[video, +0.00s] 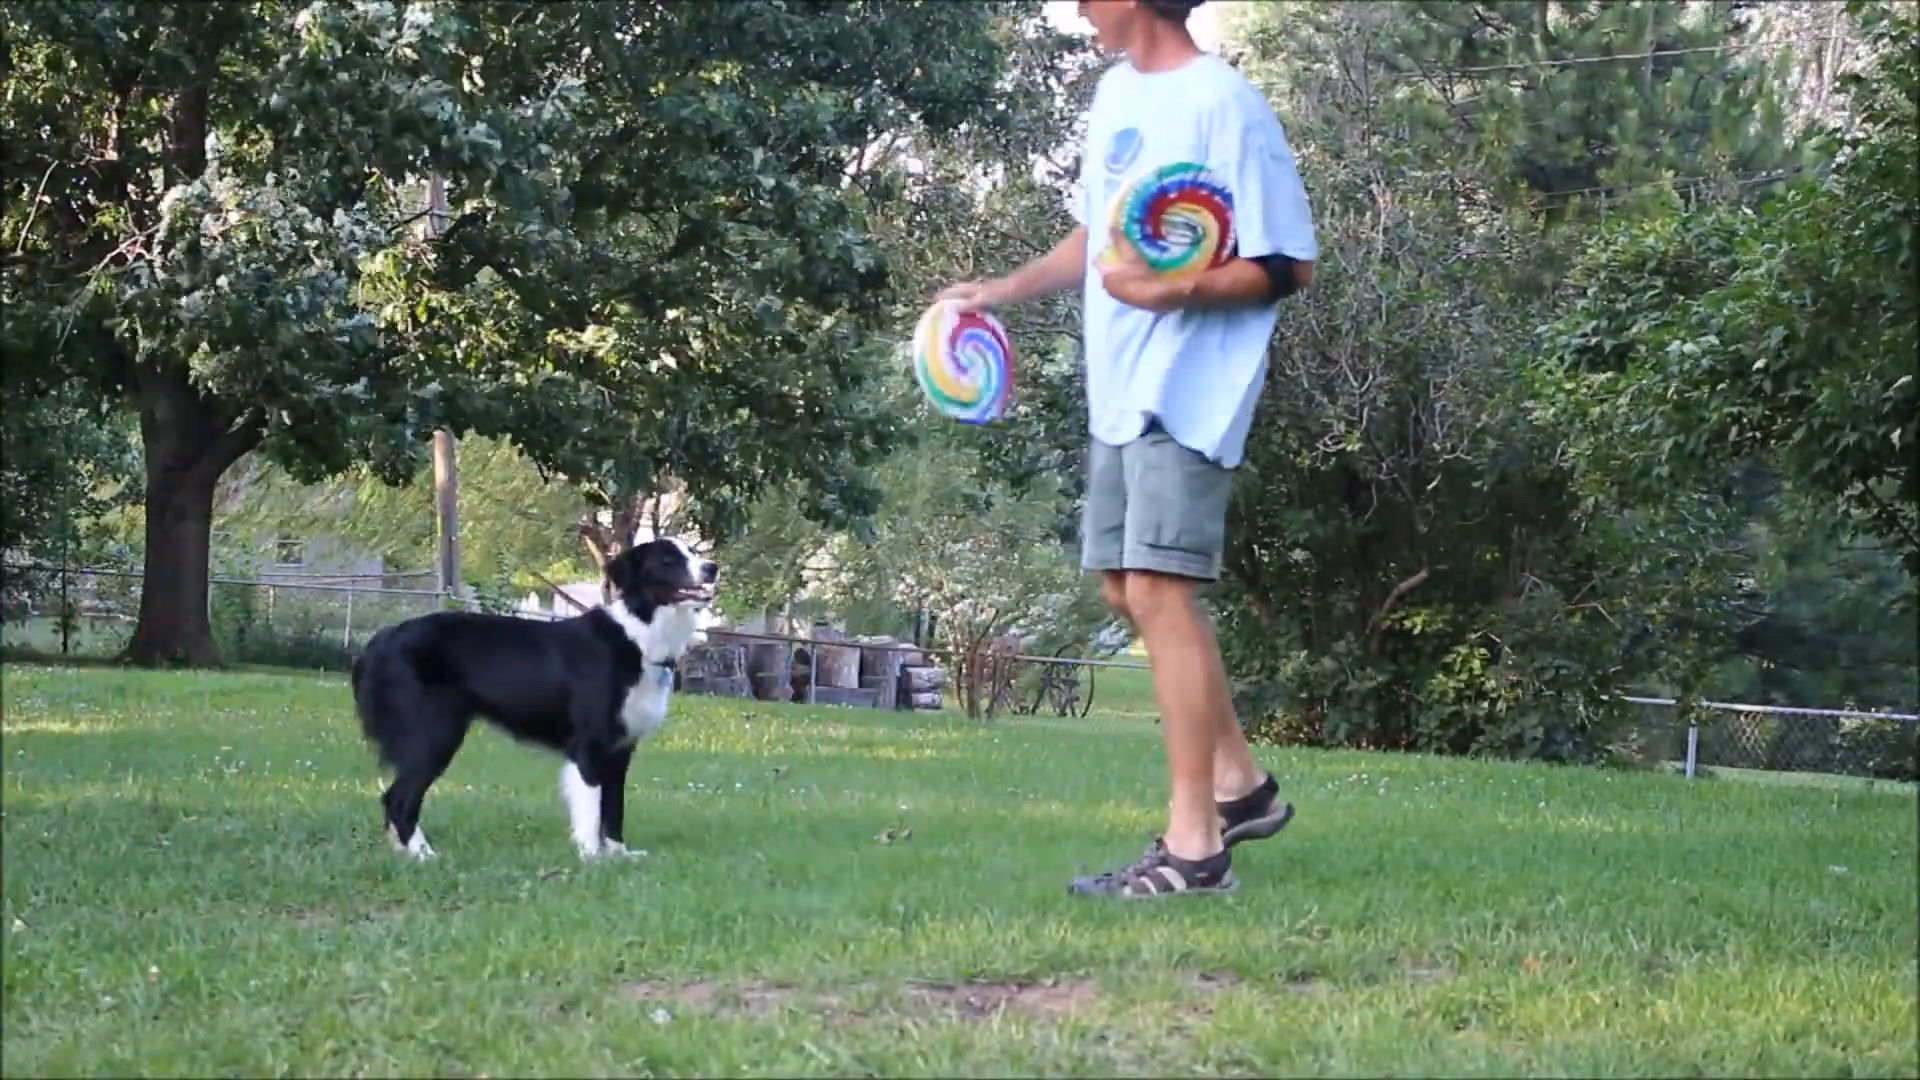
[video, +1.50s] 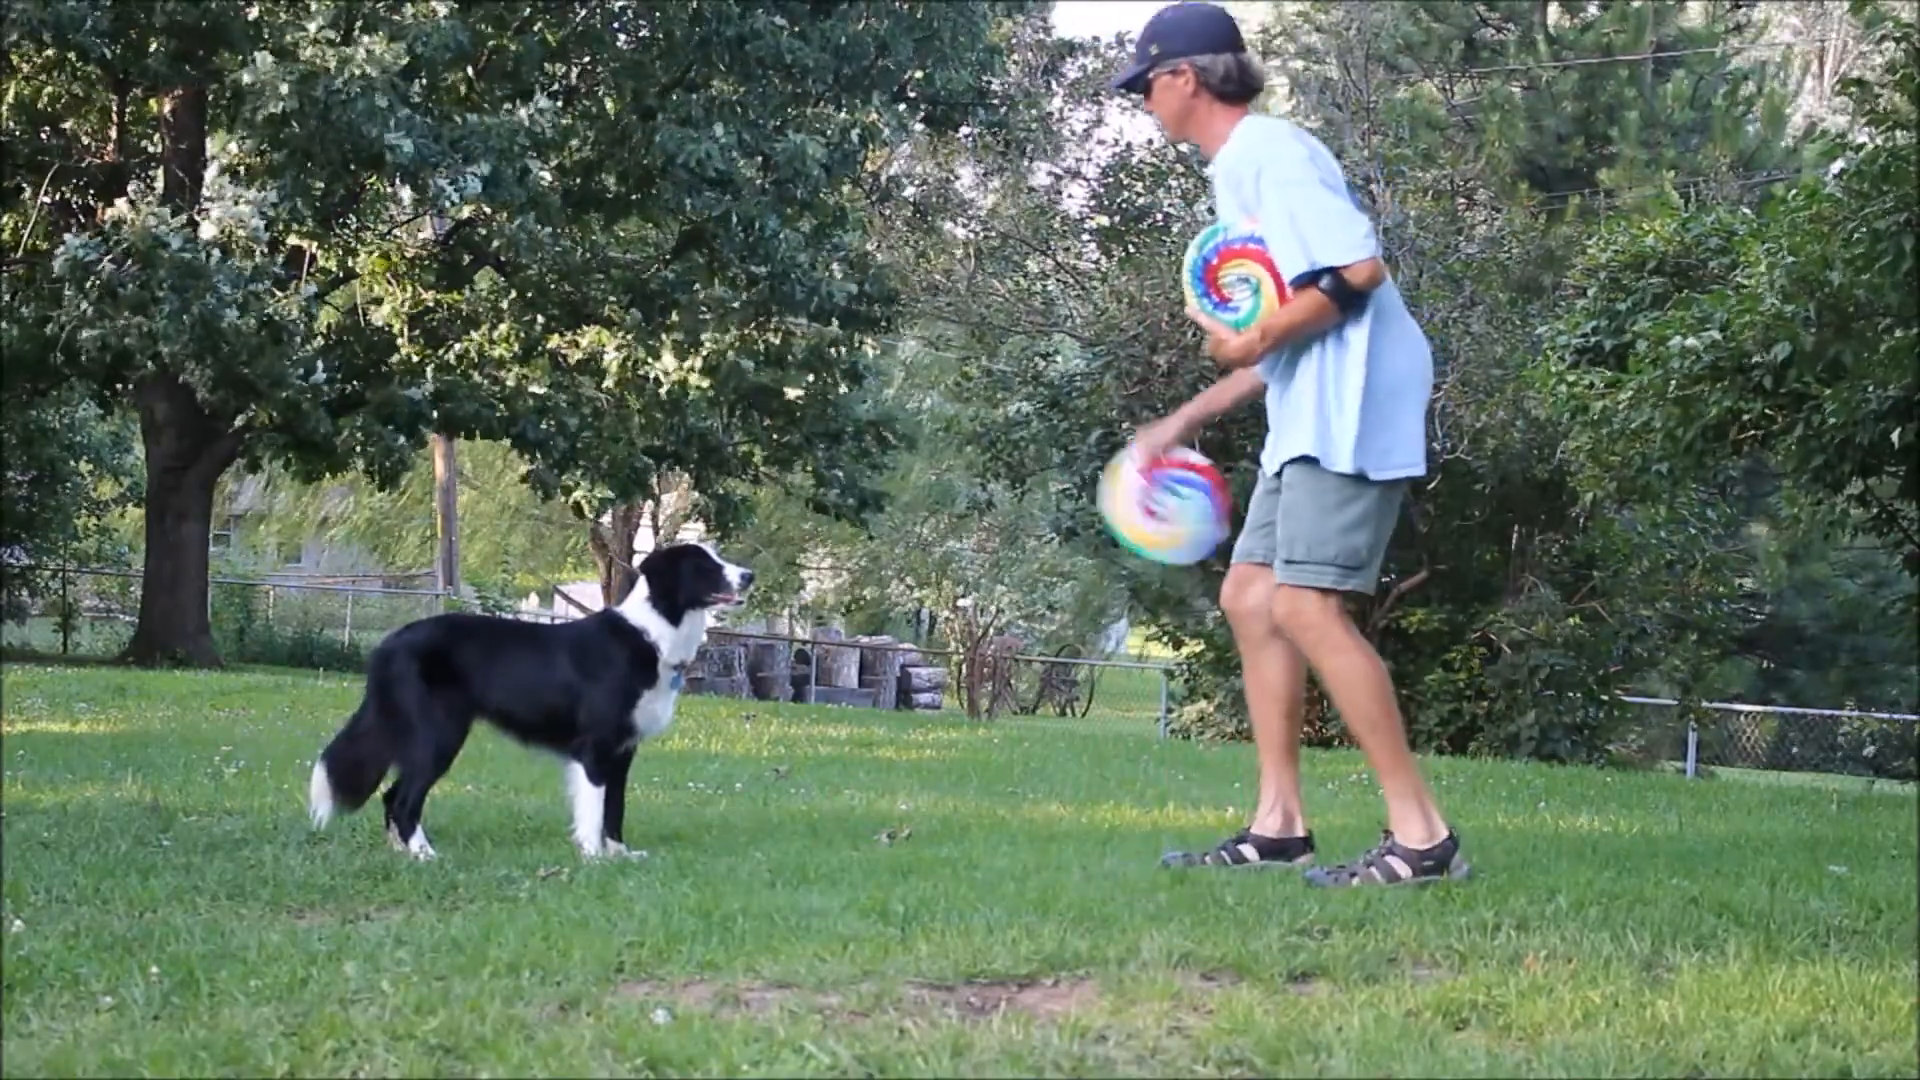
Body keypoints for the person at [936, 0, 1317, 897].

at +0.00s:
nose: (1082, 12)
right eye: (1082, 1)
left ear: (1133, 3)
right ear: (1135, 8)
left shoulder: (1232, 103)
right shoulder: (1115, 98)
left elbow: (1287, 265)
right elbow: (1096, 238)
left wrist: (1163, 285)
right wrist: (1001, 292)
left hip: (1191, 393)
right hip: (1122, 390)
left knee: (1161, 589)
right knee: (1123, 581)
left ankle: (1193, 849)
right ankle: (1239, 782)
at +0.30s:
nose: (1112, 56)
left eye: (1118, 39)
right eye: (1111, 42)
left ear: (1160, 37)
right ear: (1165, 40)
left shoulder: (1233, 132)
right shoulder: (1187, 139)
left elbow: (1294, 290)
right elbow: (1191, 291)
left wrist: (1170, 324)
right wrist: (1103, 355)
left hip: (1228, 407)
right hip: (1200, 405)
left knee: (1162, 594)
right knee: (1201, 606)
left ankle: (1188, 847)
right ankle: (1262, 821)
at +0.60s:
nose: (1139, 64)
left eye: (1146, 45)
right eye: (1139, 49)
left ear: (1186, 43)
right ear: (1197, 43)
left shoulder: (1238, 123)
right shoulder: (1247, 127)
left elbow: (1297, 264)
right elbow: (1264, 309)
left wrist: (1194, 311)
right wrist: (1152, 378)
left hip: (1275, 392)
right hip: (1285, 396)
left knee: (1180, 581)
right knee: (1239, 597)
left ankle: (1321, 792)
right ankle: (1261, 823)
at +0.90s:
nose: (1171, 75)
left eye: (1175, 57)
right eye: (1170, 61)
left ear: (1213, 51)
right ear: (1225, 52)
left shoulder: (1281, 131)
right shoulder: (1258, 144)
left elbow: (1340, 270)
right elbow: (1297, 315)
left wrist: (1237, 321)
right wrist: (1207, 391)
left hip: (1340, 405)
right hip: (1301, 408)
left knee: (1322, 608)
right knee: (1258, 600)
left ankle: (1425, 839)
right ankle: (1267, 822)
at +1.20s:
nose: (1186, 70)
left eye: (1191, 51)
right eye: (1185, 56)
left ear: (1232, 48)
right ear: (1237, 51)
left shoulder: (1310, 127)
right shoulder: (1273, 147)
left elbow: (1383, 261)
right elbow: (1296, 316)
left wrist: (1276, 317)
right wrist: (1188, 369)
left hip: (1373, 402)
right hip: (1327, 404)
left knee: (1345, 601)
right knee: (1273, 588)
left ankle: (1426, 841)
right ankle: (1280, 819)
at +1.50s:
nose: (1144, 105)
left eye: (1148, 87)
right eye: (1142, 90)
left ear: (1186, 77)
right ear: (1190, 79)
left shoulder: (1270, 150)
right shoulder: (1236, 173)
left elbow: (1356, 270)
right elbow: (1275, 345)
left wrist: (1254, 338)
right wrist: (1183, 421)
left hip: (1358, 412)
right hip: (1312, 413)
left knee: (1305, 604)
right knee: (1249, 598)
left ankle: (1421, 836)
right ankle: (1278, 826)